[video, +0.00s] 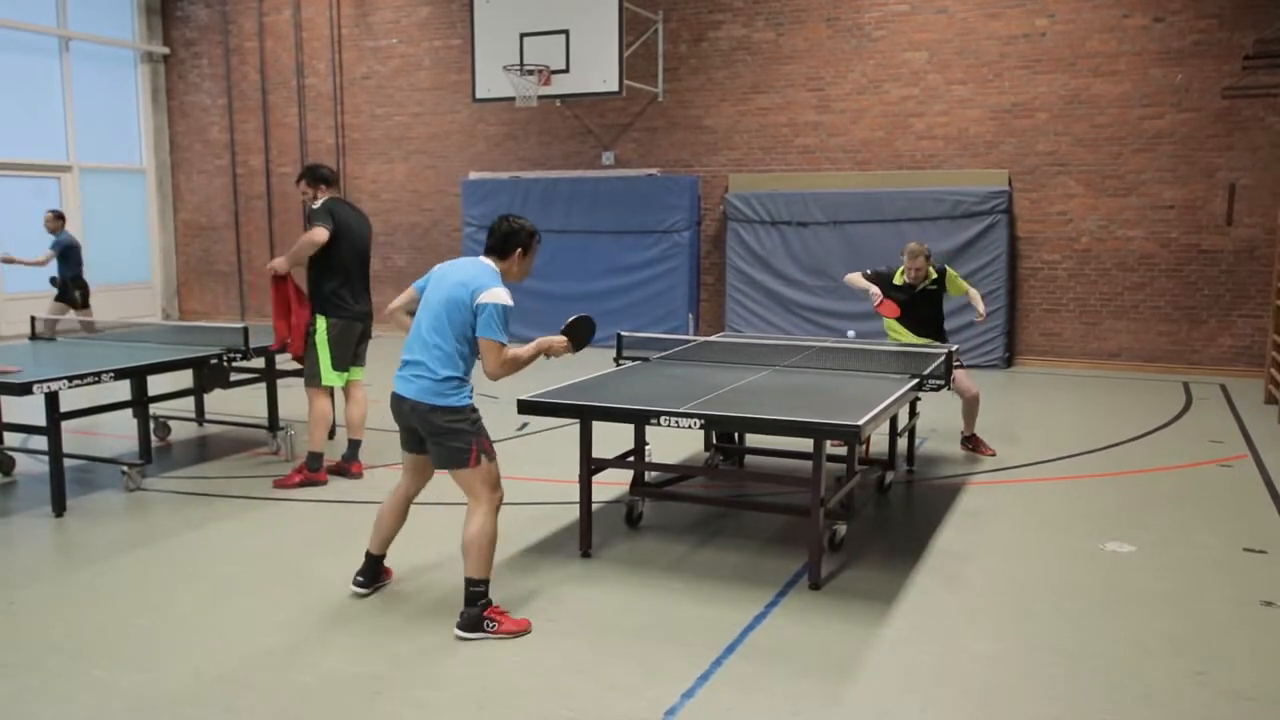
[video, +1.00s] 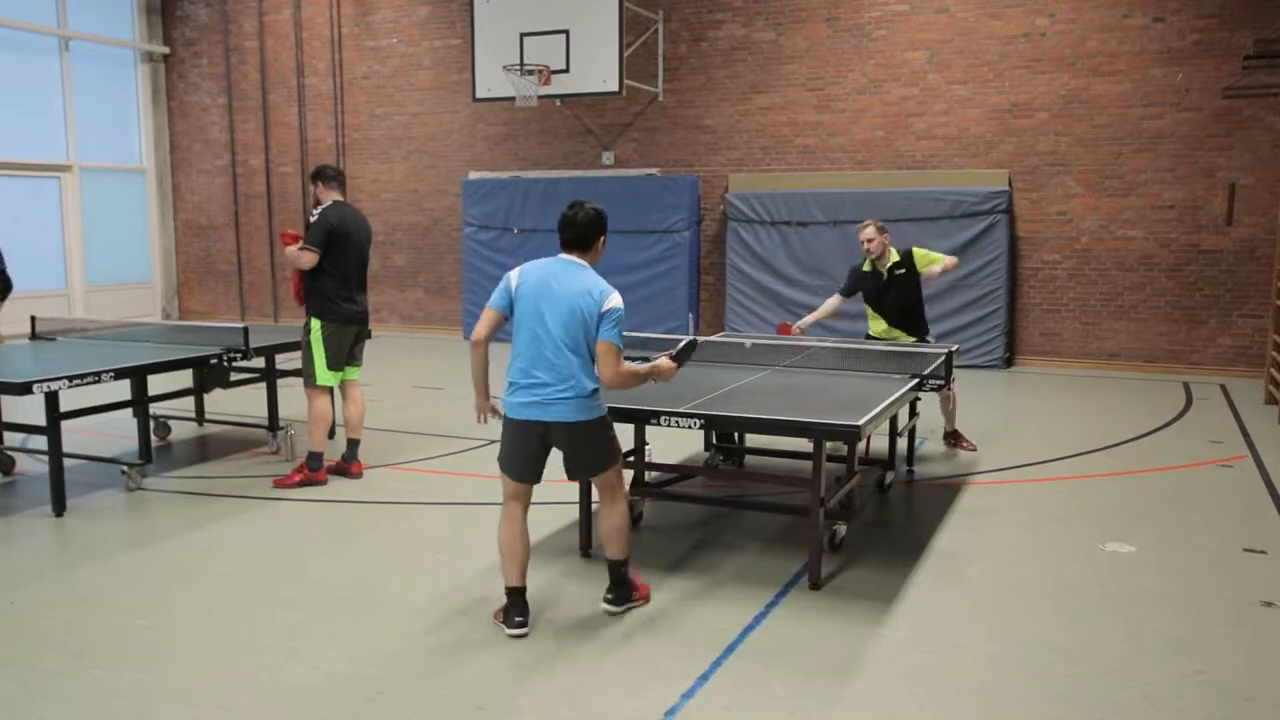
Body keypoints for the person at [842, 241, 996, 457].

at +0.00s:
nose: (913, 274)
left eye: (918, 269)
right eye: (909, 269)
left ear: (928, 265)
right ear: (903, 264)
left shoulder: (941, 275)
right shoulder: (889, 277)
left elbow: (969, 291)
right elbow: (849, 278)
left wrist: (980, 308)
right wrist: (870, 287)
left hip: (937, 351)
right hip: (900, 351)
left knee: (971, 394)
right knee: (871, 391)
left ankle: (969, 437)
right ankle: (857, 437)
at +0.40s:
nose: (898, 254)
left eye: (902, 248)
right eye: (893, 249)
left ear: (913, 246)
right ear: (887, 249)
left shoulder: (932, 266)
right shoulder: (882, 273)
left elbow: (962, 291)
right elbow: (867, 303)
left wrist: (946, 311)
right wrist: (873, 311)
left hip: (931, 341)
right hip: (895, 341)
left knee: (959, 390)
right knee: (873, 388)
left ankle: (975, 435)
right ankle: (864, 440)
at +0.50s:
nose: (890, 243)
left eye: (894, 238)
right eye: (885, 239)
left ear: (905, 236)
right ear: (880, 239)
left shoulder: (924, 254)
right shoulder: (876, 265)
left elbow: (951, 282)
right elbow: (866, 294)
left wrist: (932, 303)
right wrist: (866, 307)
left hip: (927, 331)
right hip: (891, 331)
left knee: (953, 383)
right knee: (869, 381)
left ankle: (973, 434)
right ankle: (864, 441)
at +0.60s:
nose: (882, 240)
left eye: (886, 234)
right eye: (877, 236)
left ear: (897, 232)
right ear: (873, 237)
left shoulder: (917, 249)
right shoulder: (873, 260)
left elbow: (939, 282)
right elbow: (866, 291)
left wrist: (909, 300)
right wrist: (860, 310)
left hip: (924, 328)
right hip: (889, 328)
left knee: (950, 380)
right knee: (863, 374)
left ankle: (971, 430)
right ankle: (861, 432)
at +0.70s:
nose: (875, 251)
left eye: (878, 245)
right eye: (870, 247)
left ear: (889, 243)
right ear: (865, 249)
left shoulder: (906, 262)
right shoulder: (869, 271)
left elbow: (909, 295)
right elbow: (867, 306)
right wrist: (853, 325)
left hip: (923, 338)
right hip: (888, 336)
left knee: (951, 391)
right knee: (865, 383)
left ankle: (973, 432)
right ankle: (861, 437)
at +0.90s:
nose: (864, 252)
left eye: (868, 246)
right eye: (859, 248)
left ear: (881, 244)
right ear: (856, 250)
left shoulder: (902, 262)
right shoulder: (861, 276)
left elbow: (927, 285)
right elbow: (854, 311)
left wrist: (892, 289)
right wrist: (823, 324)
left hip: (918, 340)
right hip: (882, 339)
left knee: (948, 389)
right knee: (860, 381)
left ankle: (954, 427)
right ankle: (859, 435)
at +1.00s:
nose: (866, 247)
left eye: (870, 241)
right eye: (862, 243)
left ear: (886, 238)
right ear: (861, 245)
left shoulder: (910, 257)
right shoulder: (860, 272)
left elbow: (953, 260)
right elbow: (836, 301)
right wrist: (806, 321)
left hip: (916, 340)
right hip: (878, 341)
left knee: (946, 387)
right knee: (861, 388)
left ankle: (951, 432)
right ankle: (860, 441)